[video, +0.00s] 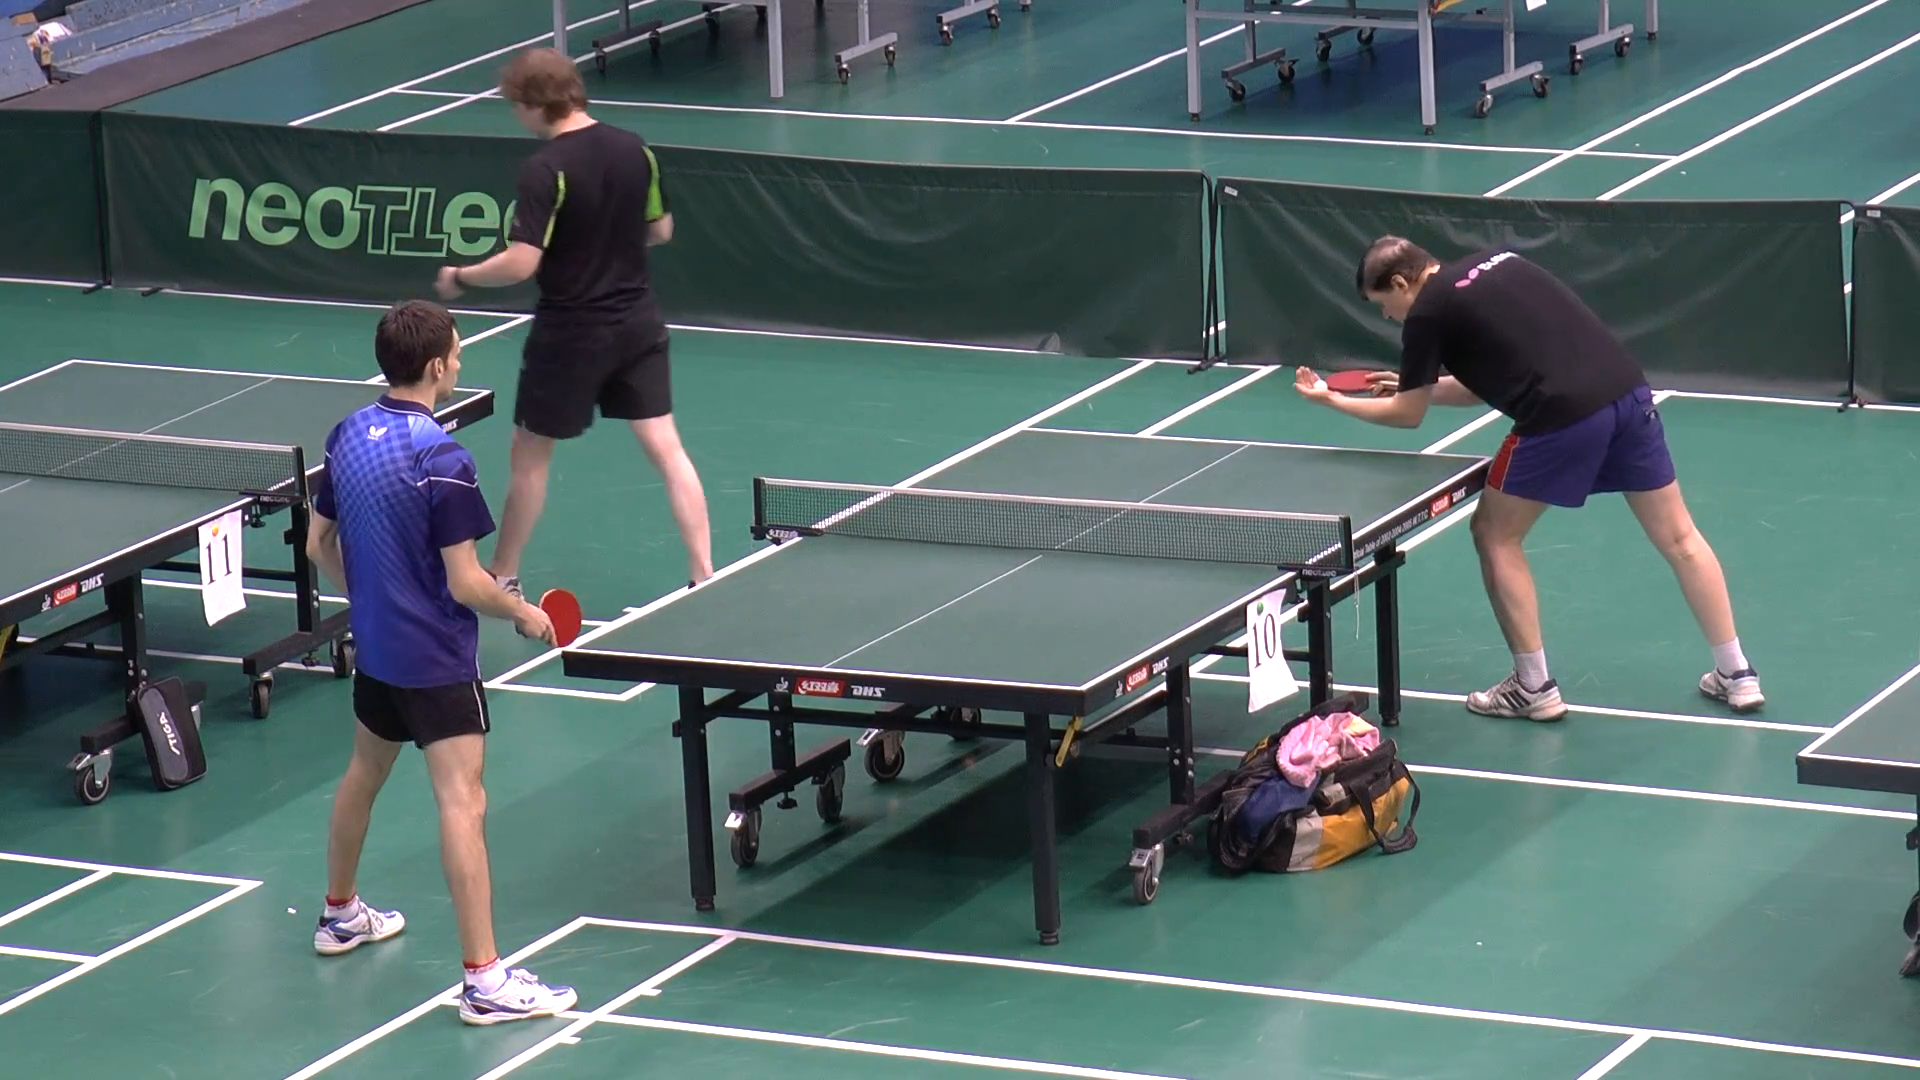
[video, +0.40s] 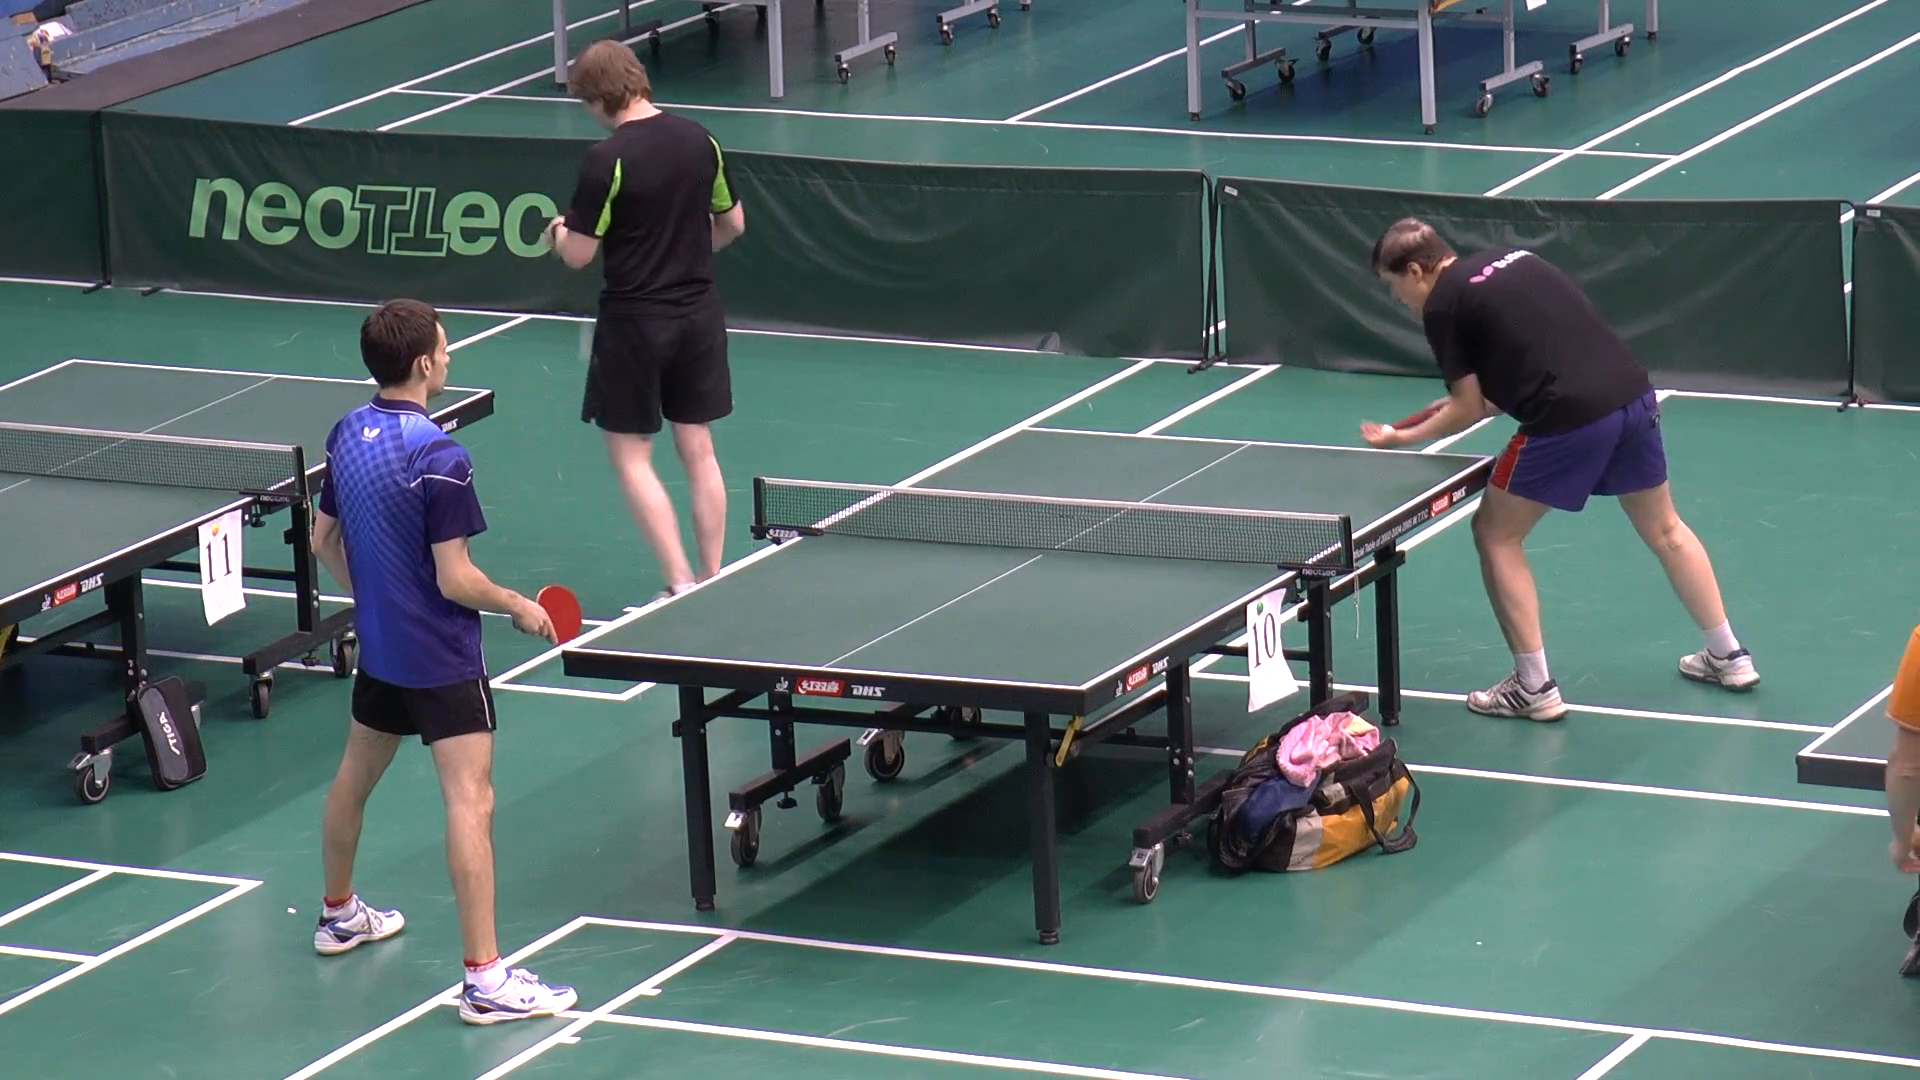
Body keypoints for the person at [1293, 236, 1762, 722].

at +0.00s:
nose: (1392, 319)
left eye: (1385, 307)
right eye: (1383, 311)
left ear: (1401, 283)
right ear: (1423, 263)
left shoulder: (1429, 312)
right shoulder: (1497, 262)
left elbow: (1406, 416)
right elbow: (1484, 384)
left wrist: (1331, 400)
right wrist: (1393, 386)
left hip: (1561, 416)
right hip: (1630, 394)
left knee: (1496, 535)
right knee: (1681, 536)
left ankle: (1534, 685)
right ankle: (1738, 674)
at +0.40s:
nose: (1401, 298)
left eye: (1395, 286)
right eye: (1392, 289)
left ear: (1416, 268)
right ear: (1440, 253)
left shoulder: (1443, 305)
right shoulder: (1512, 260)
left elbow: (1468, 409)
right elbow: (1514, 378)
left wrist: (1401, 438)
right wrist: (1448, 406)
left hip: (1567, 419)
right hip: (1632, 396)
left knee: (1497, 535)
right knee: (1666, 528)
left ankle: (1533, 684)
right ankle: (1728, 653)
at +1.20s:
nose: (1532, 133)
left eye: (1541, 129)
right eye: (1538, 125)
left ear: (1558, 152)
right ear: (1587, 156)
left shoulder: (1548, 218)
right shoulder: (1621, 207)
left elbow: (1494, 305)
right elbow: (1624, 307)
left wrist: (1420, 288)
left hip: (1591, 403)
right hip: (1654, 394)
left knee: (1516, 523)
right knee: (1661, 523)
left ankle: (1534, 681)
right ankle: (1730, 654)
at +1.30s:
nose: (1539, 130)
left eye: (1547, 126)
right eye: (1545, 122)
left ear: (1564, 148)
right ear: (1595, 153)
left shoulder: (1552, 214)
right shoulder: (1634, 205)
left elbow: (1525, 305)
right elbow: (1687, 298)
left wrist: (1452, 339)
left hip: (1594, 399)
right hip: (1658, 394)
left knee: (1522, 521)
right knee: (1663, 520)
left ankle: (1534, 682)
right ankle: (1727, 651)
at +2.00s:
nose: (1470, 213)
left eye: (1477, 201)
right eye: (1469, 202)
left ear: (1515, 198)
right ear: (1521, 198)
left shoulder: (1551, 250)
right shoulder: (1560, 233)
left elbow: (1620, 323)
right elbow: (1550, 329)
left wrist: (1585, 411)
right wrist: (1500, 392)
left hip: (1635, 403)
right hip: (1669, 393)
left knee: (1535, 515)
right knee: (1650, 522)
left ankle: (1570, 666)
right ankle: (1727, 635)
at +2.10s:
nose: (1452, 238)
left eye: (1462, 226)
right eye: (1448, 227)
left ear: (1499, 221)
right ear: (1451, 226)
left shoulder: (1548, 261)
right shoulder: (1503, 282)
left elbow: (1633, 319)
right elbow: (1526, 365)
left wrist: (1616, 409)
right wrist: (1482, 426)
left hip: (1615, 407)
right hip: (1608, 405)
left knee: (1527, 521)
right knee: (1604, 526)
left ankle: (1571, 668)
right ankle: (1715, 613)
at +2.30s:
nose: (1416, 251)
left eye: (1427, 239)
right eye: (1411, 239)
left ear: (1462, 232)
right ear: (1409, 235)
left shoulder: (1511, 273)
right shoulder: (1457, 276)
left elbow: (1601, 321)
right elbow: (1490, 337)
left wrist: (1644, 406)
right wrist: (1444, 386)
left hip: (1580, 403)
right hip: (1537, 398)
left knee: (1502, 525)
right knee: (1480, 499)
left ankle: (1570, 668)